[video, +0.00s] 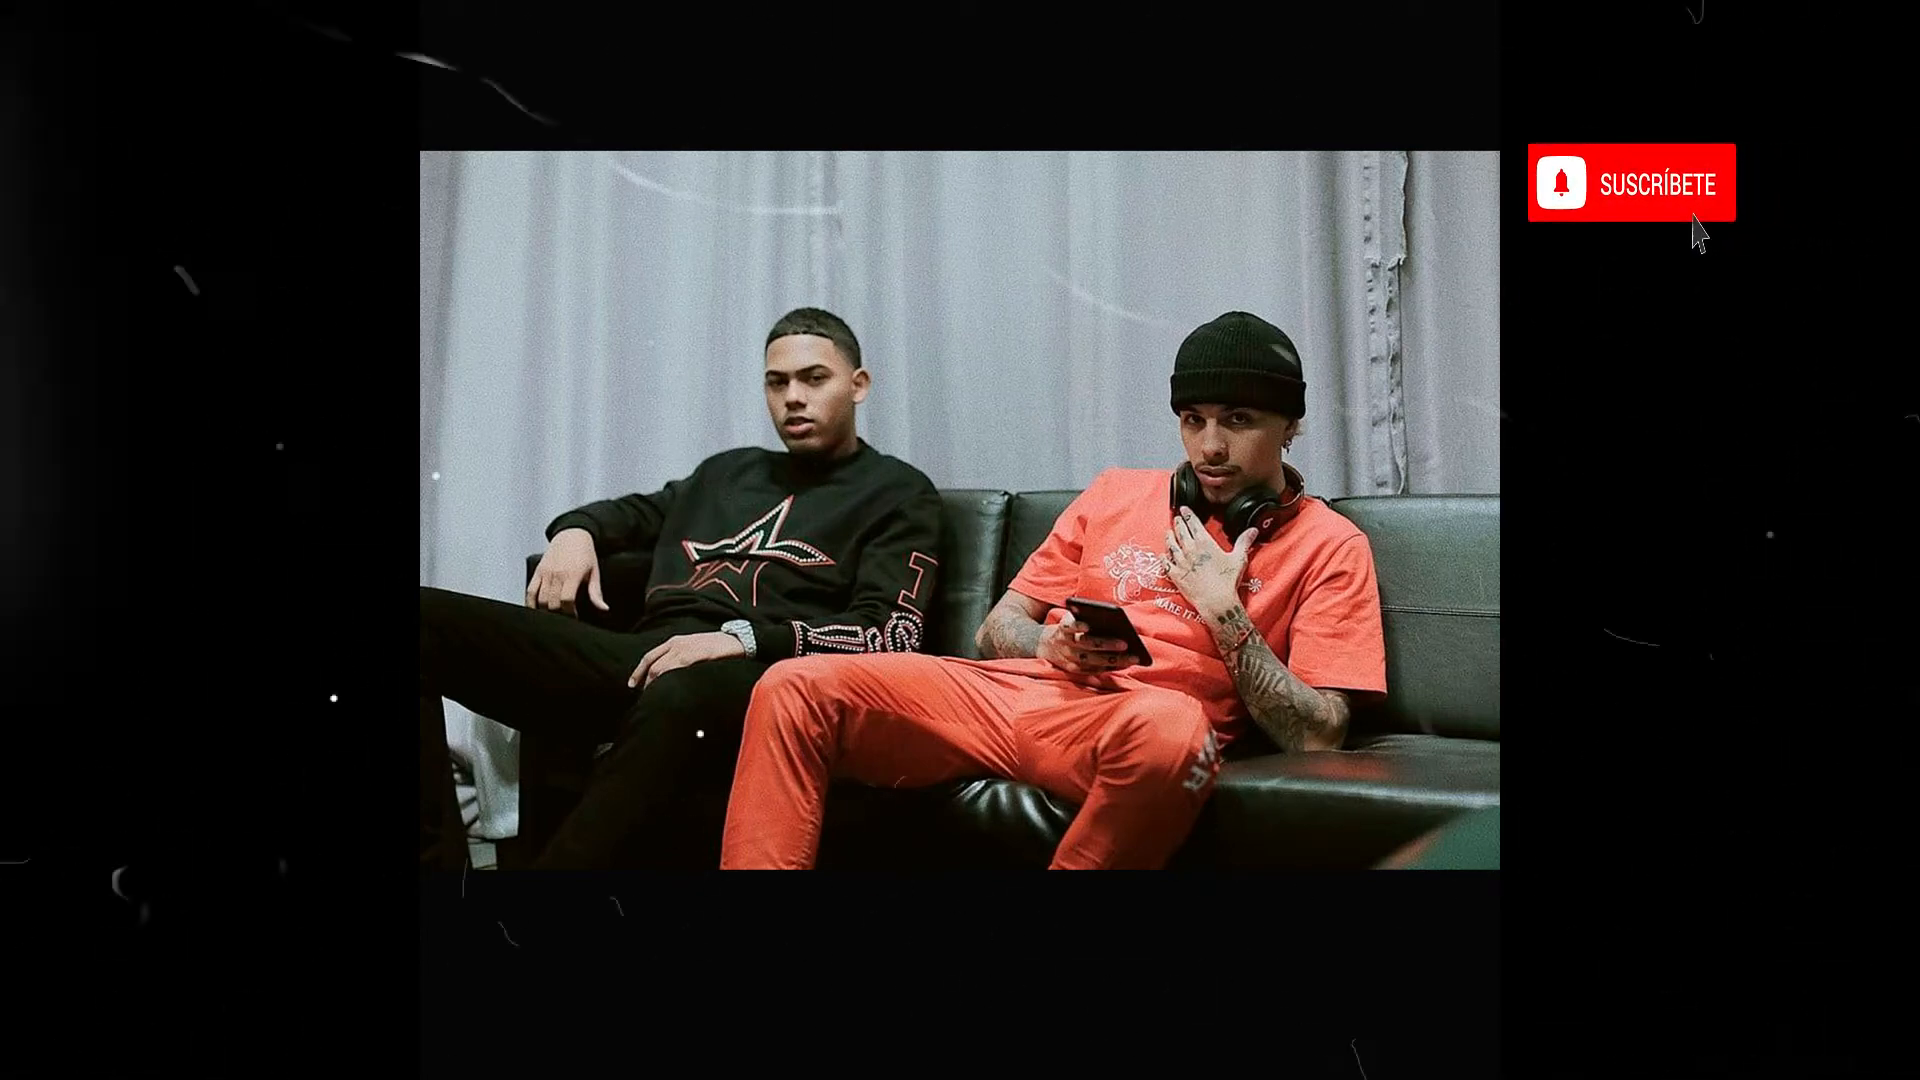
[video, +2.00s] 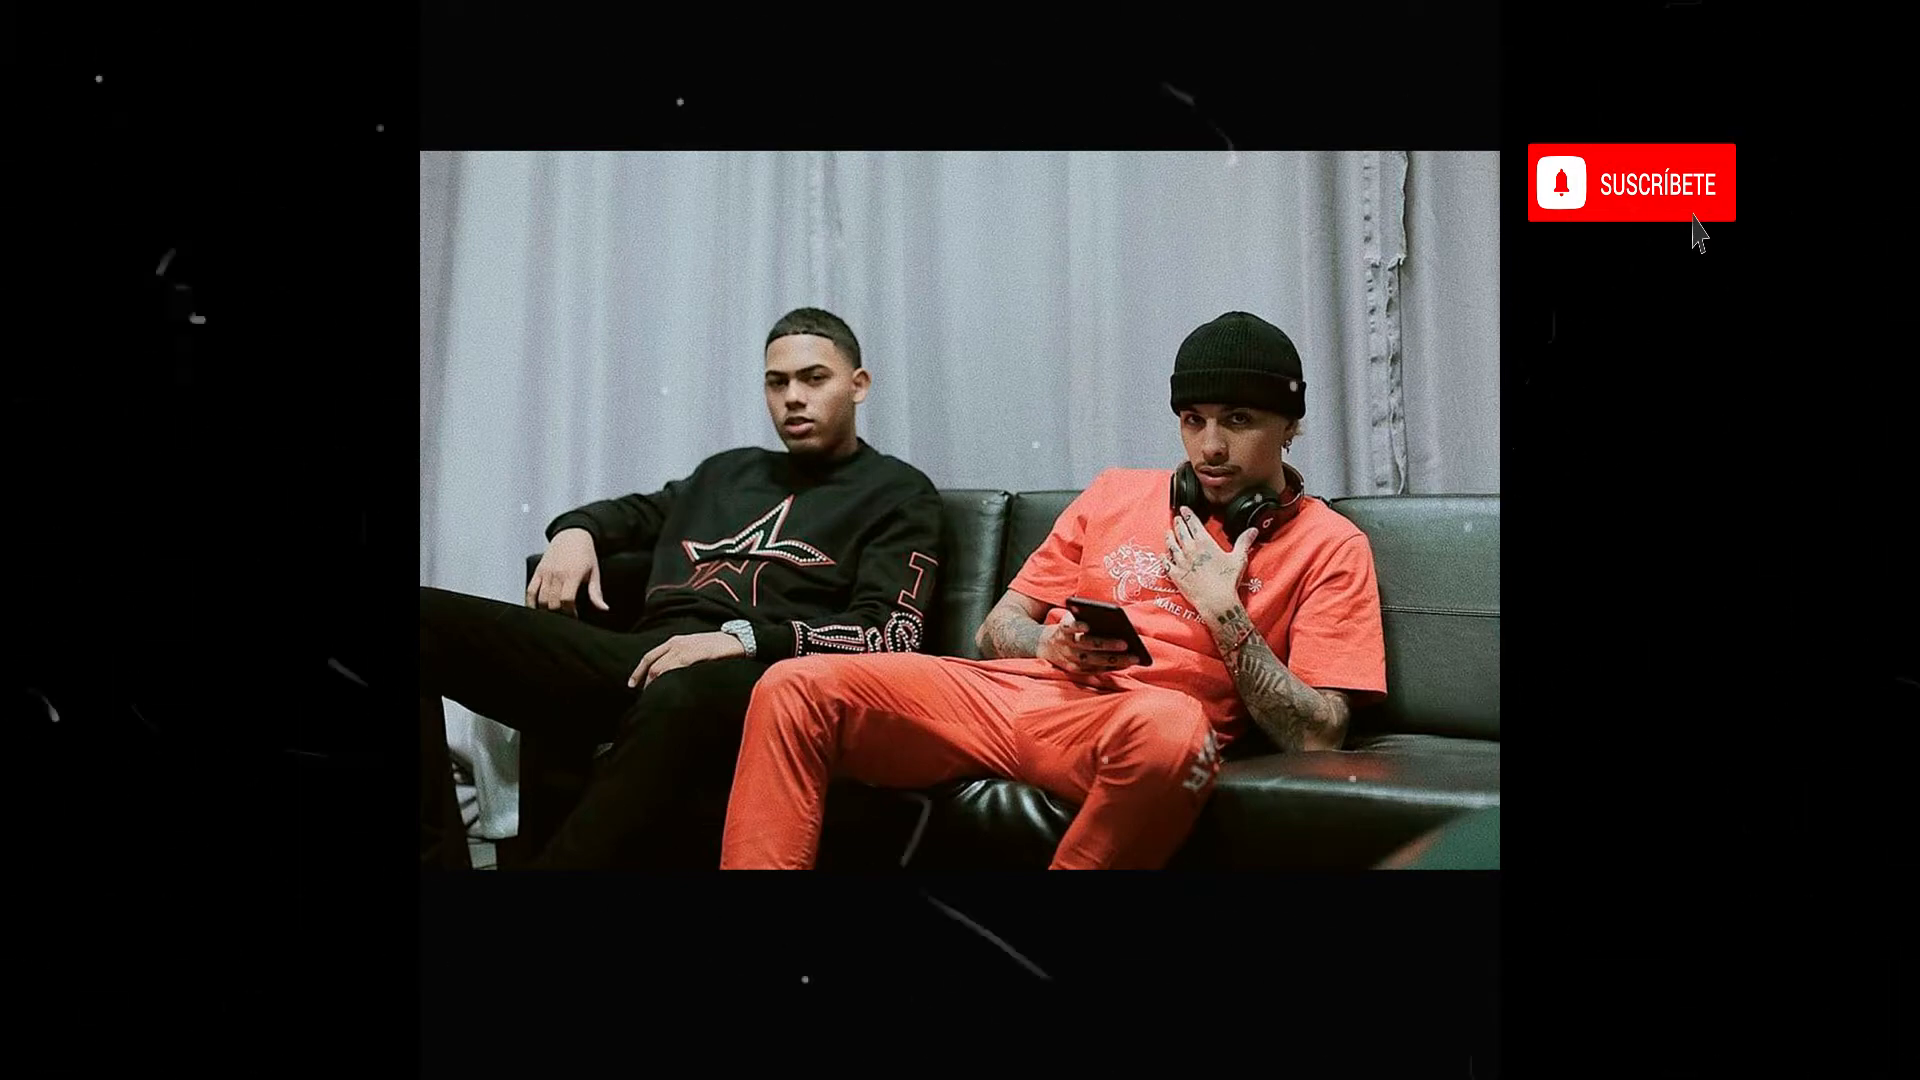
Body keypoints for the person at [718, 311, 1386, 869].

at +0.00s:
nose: (1211, 445)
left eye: (1238, 421)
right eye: (1195, 419)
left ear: (1288, 429)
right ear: (1179, 421)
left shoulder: (1329, 546)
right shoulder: (1117, 493)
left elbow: (1318, 736)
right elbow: (999, 627)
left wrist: (1227, 615)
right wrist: (1052, 646)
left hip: (1132, 707)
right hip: (1013, 685)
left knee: (1170, 746)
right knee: (791, 694)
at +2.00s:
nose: (1210, 445)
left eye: (1238, 421)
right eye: (1196, 419)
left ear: (1289, 428)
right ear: (1179, 422)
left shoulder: (1328, 546)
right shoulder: (1118, 493)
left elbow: (1318, 734)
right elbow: (999, 626)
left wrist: (1226, 614)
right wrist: (1050, 647)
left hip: (1133, 708)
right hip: (1014, 685)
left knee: (1170, 747)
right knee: (792, 693)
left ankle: (1042, 954)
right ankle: (762, 942)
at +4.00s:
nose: (1210, 445)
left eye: (1238, 421)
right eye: (1196, 419)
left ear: (1289, 429)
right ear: (1179, 422)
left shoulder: (1328, 546)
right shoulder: (1118, 492)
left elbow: (1318, 734)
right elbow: (999, 626)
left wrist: (1226, 614)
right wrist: (1050, 647)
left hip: (1132, 708)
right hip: (1014, 685)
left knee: (1170, 746)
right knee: (792, 693)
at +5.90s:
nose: (1211, 445)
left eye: (1238, 422)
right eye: (1196, 419)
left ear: (1288, 428)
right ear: (1179, 422)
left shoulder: (1329, 546)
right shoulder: (1118, 493)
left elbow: (1317, 735)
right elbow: (999, 626)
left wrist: (1227, 615)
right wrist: (1052, 646)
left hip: (1132, 707)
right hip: (1013, 684)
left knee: (1171, 745)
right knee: (792, 694)